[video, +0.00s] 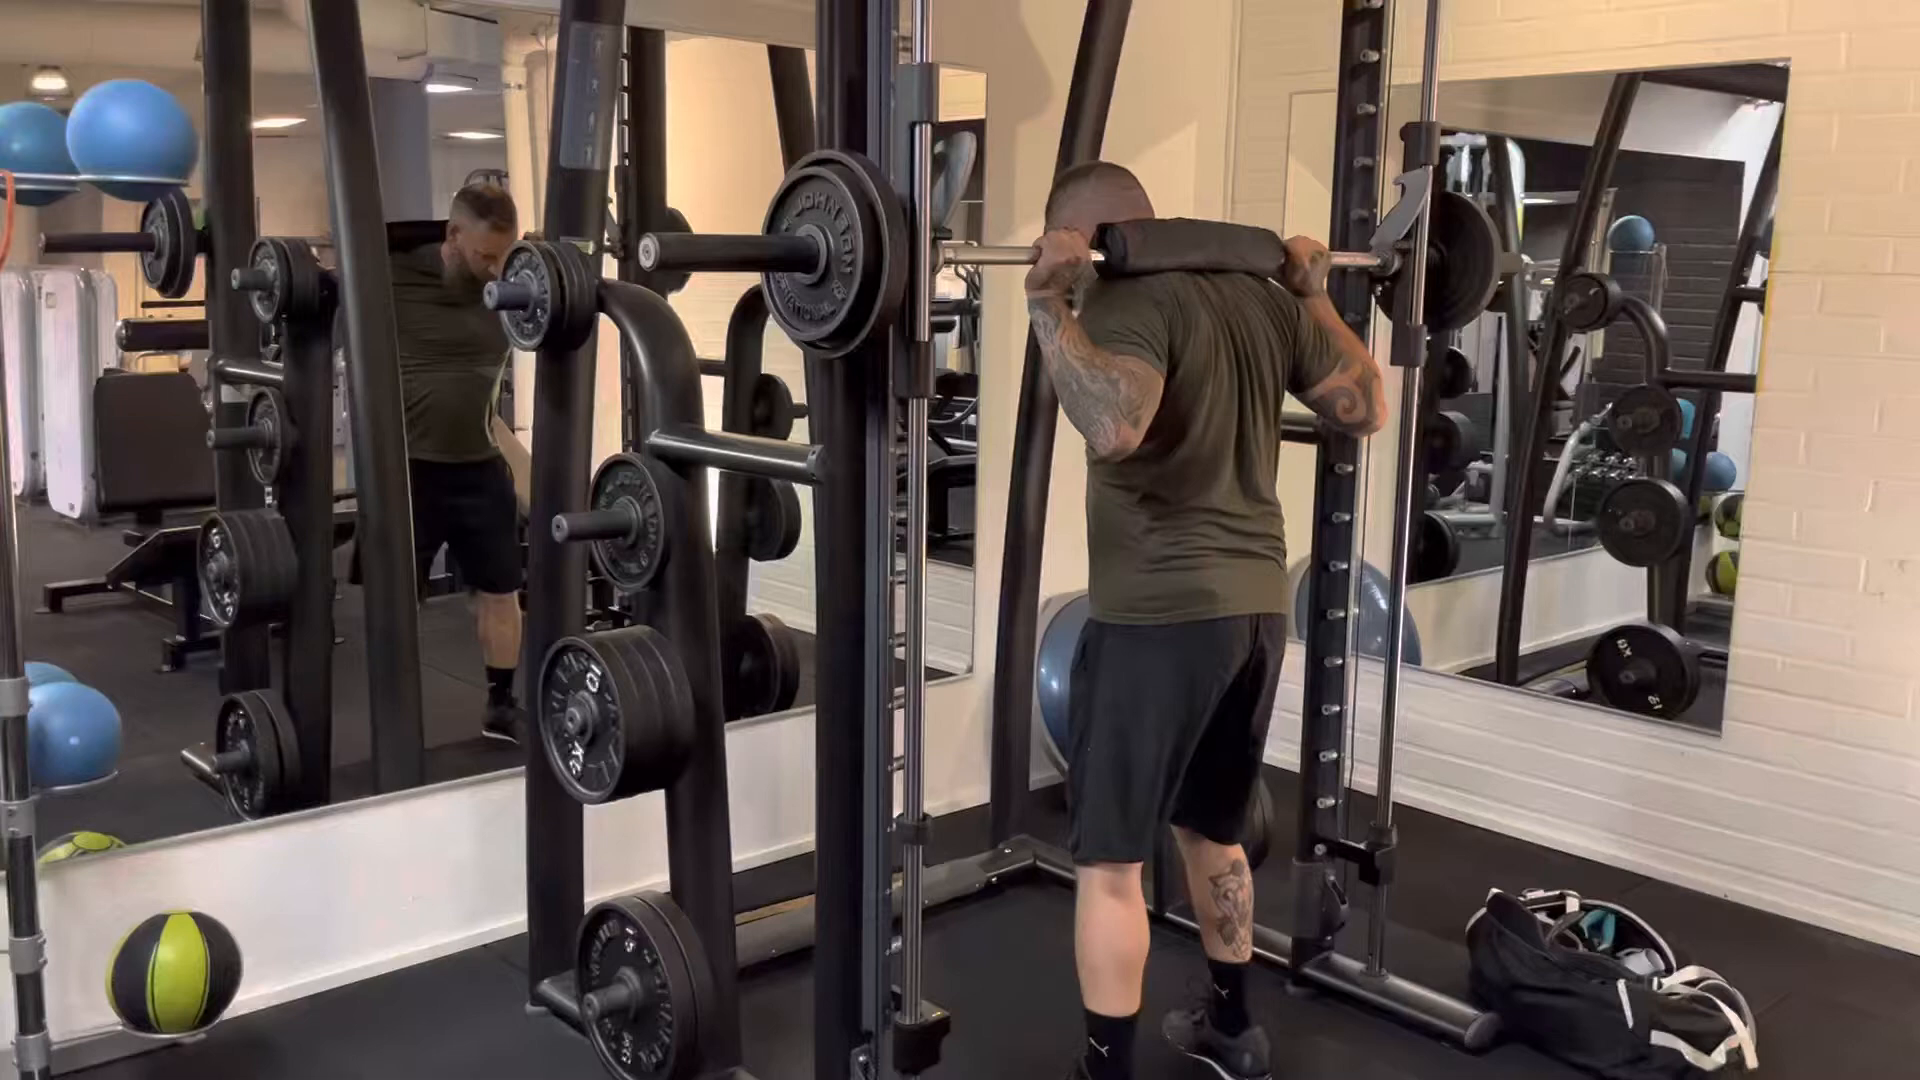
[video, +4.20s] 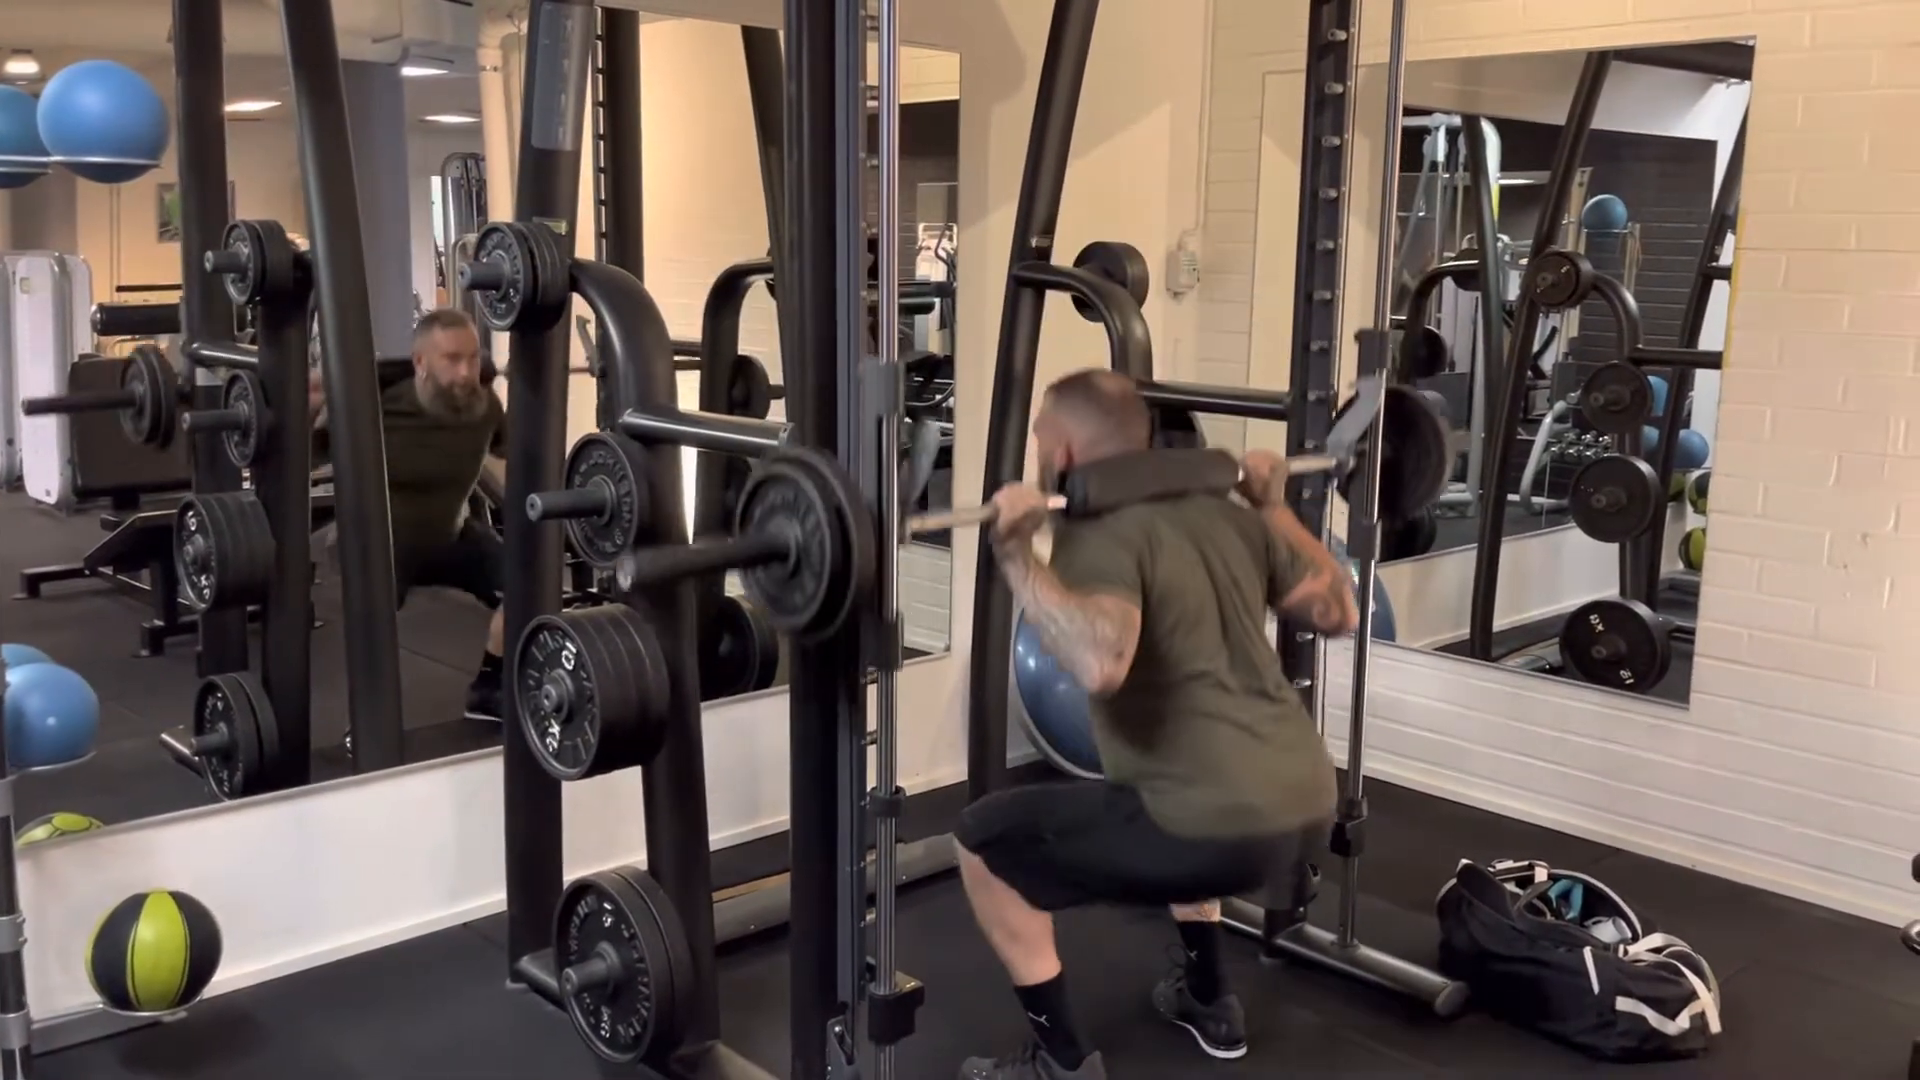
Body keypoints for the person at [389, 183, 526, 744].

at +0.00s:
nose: (496, 270)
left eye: (504, 257)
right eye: (485, 257)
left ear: (512, 242)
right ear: (452, 238)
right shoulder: (392, 279)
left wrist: (527, 466)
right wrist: (305, 270)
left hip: (480, 464)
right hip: (406, 467)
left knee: (500, 588)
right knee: (396, 597)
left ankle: (502, 705)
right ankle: (391, 709)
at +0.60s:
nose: (491, 261)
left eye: (499, 248)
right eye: (478, 247)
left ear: (507, 241)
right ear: (444, 236)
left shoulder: (499, 291)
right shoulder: (392, 285)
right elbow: (300, 264)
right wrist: (319, 266)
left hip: (489, 470)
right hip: (414, 475)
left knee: (500, 596)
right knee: (402, 606)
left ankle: (501, 712)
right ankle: (391, 726)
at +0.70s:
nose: (489, 250)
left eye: (497, 236)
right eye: (476, 236)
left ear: (506, 233)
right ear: (443, 229)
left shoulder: (502, 286)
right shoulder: (392, 285)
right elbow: (306, 264)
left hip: (487, 469)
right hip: (410, 473)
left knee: (499, 595)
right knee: (400, 606)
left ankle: (501, 714)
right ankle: (391, 730)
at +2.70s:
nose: (478, 210)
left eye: (484, 199)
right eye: (464, 198)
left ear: (491, 206)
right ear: (430, 204)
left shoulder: (497, 266)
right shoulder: (382, 267)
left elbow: (553, 279)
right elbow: (299, 245)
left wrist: (501, 249)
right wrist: (303, 252)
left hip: (476, 452)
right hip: (400, 455)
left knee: (502, 571)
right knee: (386, 588)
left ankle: (500, 695)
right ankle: (379, 711)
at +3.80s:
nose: (471, 237)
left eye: (476, 225)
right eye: (457, 226)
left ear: (483, 229)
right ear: (424, 233)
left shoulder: (485, 293)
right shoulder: (377, 291)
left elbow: (516, 339)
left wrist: (544, 267)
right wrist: (295, 271)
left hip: (464, 465)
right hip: (393, 469)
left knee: (520, 554)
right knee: (375, 589)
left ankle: (495, 683)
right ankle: (374, 706)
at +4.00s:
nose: (468, 306)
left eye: (471, 293)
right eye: (454, 294)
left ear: (479, 294)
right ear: (422, 297)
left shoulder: (485, 350)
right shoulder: (380, 352)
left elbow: (510, 396)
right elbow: (304, 396)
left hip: (454, 498)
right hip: (388, 502)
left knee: (526, 559)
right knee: (377, 602)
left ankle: (494, 683)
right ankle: (371, 717)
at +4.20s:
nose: (466, 372)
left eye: (474, 359)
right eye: (453, 359)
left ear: (482, 360)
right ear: (420, 362)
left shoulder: (486, 408)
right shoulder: (379, 412)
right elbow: (300, 463)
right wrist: (306, 417)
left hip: (450, 542)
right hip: (384, 548)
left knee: (524, 572)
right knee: (370, 616)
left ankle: (490, 687)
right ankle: (365, 718)